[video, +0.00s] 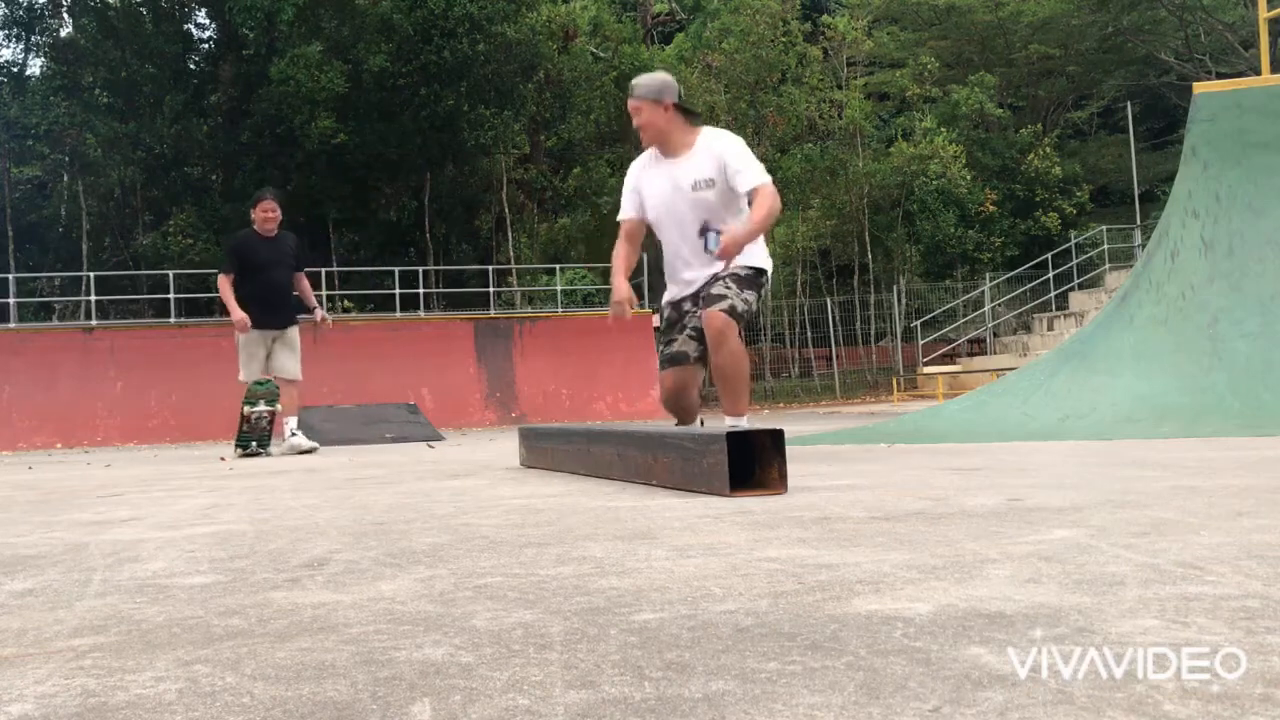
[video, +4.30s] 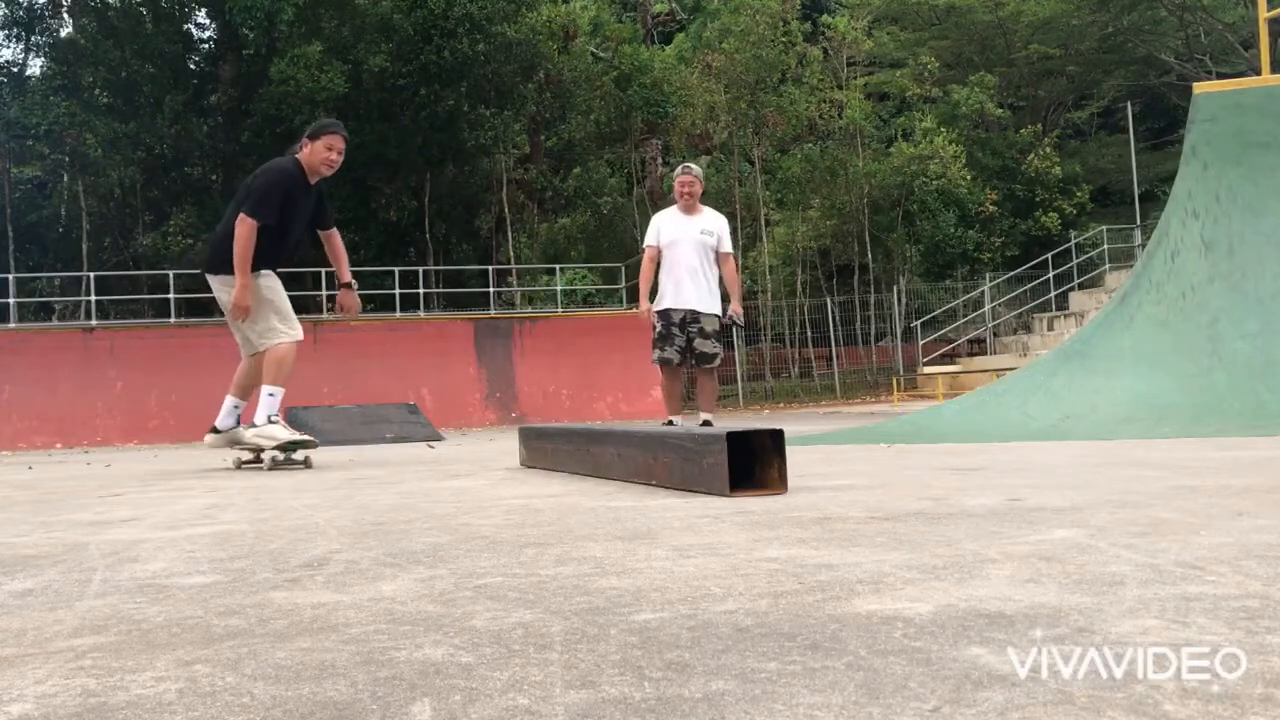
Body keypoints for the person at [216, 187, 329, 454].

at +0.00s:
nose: (270, 216)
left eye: (274, 211)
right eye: (264, 211)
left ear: (280, 214)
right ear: (253, 214)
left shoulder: (289, 242)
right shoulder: (240, 243)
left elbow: (299, 278)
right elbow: (224, 281)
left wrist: (315, 307)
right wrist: (235, 311)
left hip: (286, 325)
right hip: (252, 327)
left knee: (289, 379)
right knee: (252, 383)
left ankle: (291, 434)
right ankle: (253, 439)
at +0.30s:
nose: (252, 216)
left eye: (256, 211)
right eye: (246, 212)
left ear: (262, 215)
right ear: (235, 217)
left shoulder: (274, 239)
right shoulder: (227, 247)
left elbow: (289, 273)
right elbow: (215, 286)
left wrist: (299, 302)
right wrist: (231, 263)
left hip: (277, 324)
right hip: (242, 327)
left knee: (285, 377)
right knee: (245, 383)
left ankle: (277, 431)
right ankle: (248, 438)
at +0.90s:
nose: (257, 231)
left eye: (261, 227)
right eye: (251, 227)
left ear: (266, 229)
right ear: (239, 228)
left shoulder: (269, 254)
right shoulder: (227, 255)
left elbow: (278, 290)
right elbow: (216, 292)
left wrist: (290, 323)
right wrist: (232, 303)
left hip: (269, 331)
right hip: (241, 332)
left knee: (272, 386)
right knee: (245, 385)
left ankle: (267, 438)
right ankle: (246, 439)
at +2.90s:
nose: (267, 196)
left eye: (272, 191)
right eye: (262, 189)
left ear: (275, 195)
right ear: (245, 188)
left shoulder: (267, 221)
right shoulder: (225, 215)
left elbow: (284, 256)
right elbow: (193, 251)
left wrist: (299, 292)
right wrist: (180, 299)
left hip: (239, 298)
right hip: (213, 296)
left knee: (247, 358)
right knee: (234, 355)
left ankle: (227, 422)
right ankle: (225, 423)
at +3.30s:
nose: (273, 180)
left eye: (278, 176)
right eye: (268, 172)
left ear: (280, 181)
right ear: (249, 171)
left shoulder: (260, 209)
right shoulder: (226, 199)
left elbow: (255, 250)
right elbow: (217, 246)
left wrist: (268, 288)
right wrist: (229, 293)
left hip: (222, 291)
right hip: (190, 288)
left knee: (224, 355)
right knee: (189, 355)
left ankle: (216, 423)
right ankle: (186, 427)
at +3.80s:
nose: (296, 171)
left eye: (301, 167)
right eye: (290, 163)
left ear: (303, 171)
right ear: (269, 161)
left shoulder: (270, 199)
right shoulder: (249, 186)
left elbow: (277, 238)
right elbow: (221, 228)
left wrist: (302, 274)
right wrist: (210, 277)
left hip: (204, 277)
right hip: (215, 278)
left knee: (216, 355)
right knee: (240, 347)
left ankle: (190, 425)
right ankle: (223, 424)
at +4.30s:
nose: (334, 158)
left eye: (340, 153)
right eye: (328, 149)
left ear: (342, 157)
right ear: (305, 146)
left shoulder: (313, 191)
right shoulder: (280, 173)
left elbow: (330, 236)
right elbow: (245, 223)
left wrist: (346, 284)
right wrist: (242, 285)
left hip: (232, 269)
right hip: (244, 268)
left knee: (260, 349)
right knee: (286, 336)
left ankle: (225, 425)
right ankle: (267, 420)